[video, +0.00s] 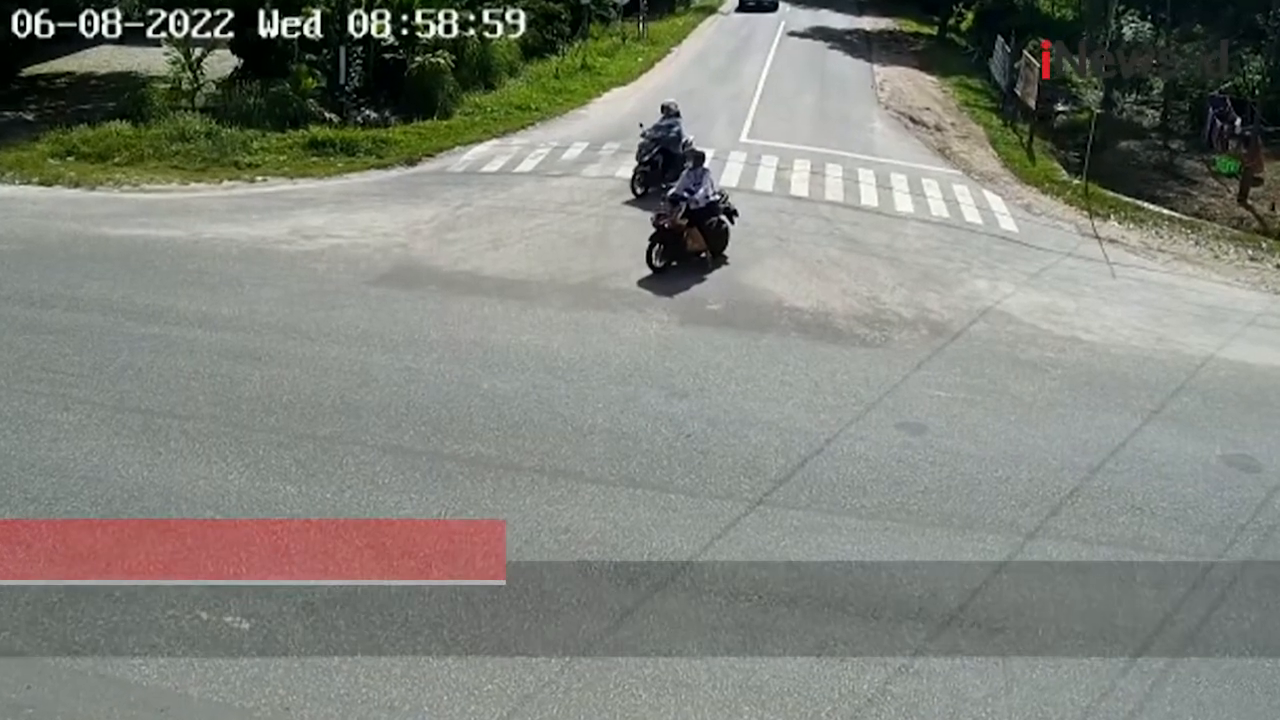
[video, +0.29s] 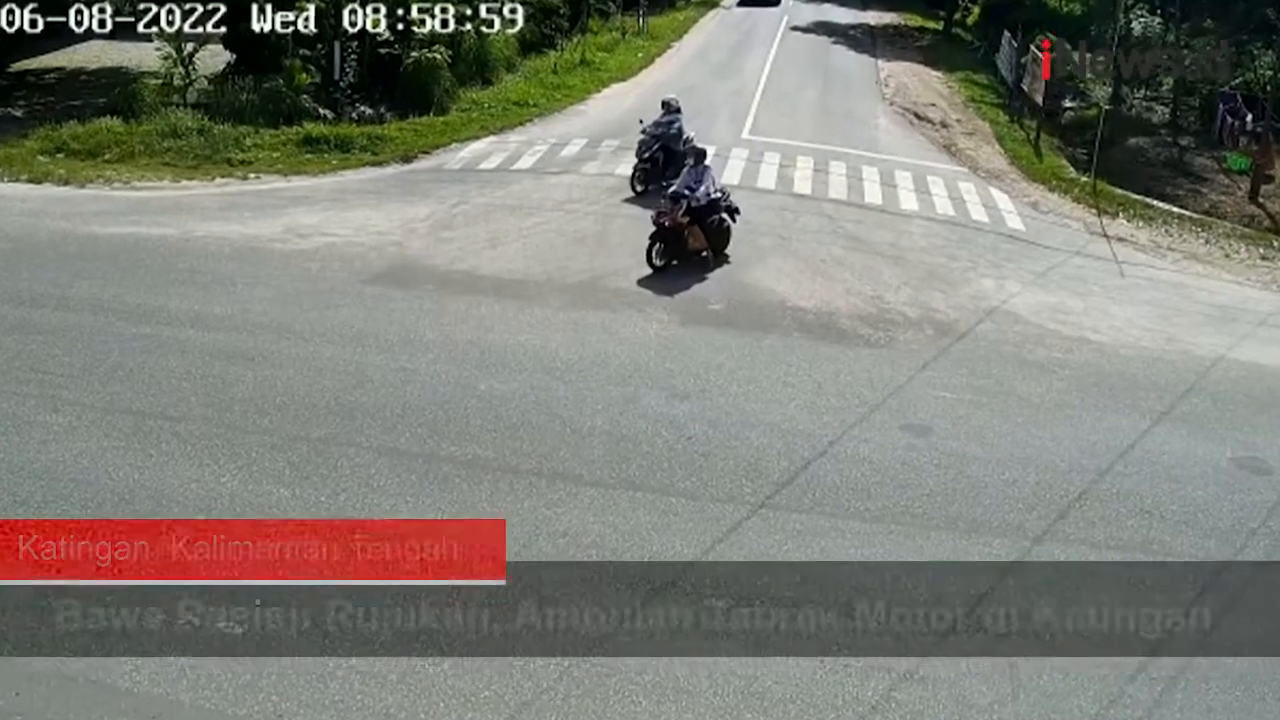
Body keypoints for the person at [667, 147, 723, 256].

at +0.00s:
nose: (690, 161)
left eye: (692, 159)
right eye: (690, 159)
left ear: (699, 161)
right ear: (690, 161)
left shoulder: (705, 173)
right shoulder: (687, 172)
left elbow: (704, 189)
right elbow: (680, 185)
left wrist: (695, 198)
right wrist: (672, 194)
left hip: (707, 203)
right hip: (692, 203)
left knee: (698, 222)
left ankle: (711, 249)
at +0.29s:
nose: (691, 159)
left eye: (693, 156)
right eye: (691, 156)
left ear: (700, 158)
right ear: (690, 157)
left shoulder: (706, 170)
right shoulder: (688, 170)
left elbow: (705, 186)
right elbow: (681, 182)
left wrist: (697, 196)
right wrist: (672, 191)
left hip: (708, 201)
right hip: (692, 200)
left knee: (698, 220)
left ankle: (712, 249)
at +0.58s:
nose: (692, 155)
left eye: (695, 153)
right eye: (692, 153)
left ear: (701, 154)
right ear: (691, 154)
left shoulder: (708, 167)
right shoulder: (689, 167)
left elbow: (707, 183)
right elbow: (681, 180)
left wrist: (698, 193)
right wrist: (672, 188)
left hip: (708, 199)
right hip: (692, 199)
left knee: (703, 221)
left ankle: (715, 247)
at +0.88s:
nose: (696, 150)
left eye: (699, 148)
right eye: (696, 148)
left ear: (704, 149)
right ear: (695, 149)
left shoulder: (709, 163)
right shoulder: (690, 162)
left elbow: (708, 180)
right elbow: (682, 176)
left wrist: (698, 190)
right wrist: (674, 185)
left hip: (710, 195)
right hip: (693, 194)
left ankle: (715, 243)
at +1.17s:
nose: (695, 148)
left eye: (698, 145)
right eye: (695, 145)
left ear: (704, 147)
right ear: (695, 146)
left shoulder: (710, 160)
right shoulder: (690, 160)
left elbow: (709, 177)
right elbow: (682, 174)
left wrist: (699, 188)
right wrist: (674, 183)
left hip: (712, 191)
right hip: (695, 191)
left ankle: (716, 240)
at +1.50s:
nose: (697, 144)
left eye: (701, 141)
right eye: (696, 141)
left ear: (706, 143)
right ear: (695, 142)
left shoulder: (711, 157)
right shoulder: (691, 156)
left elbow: (711, 174)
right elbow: (683, 171)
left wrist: (700, 184)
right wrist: (673, 180)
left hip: (713, 191)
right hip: (696, 192)